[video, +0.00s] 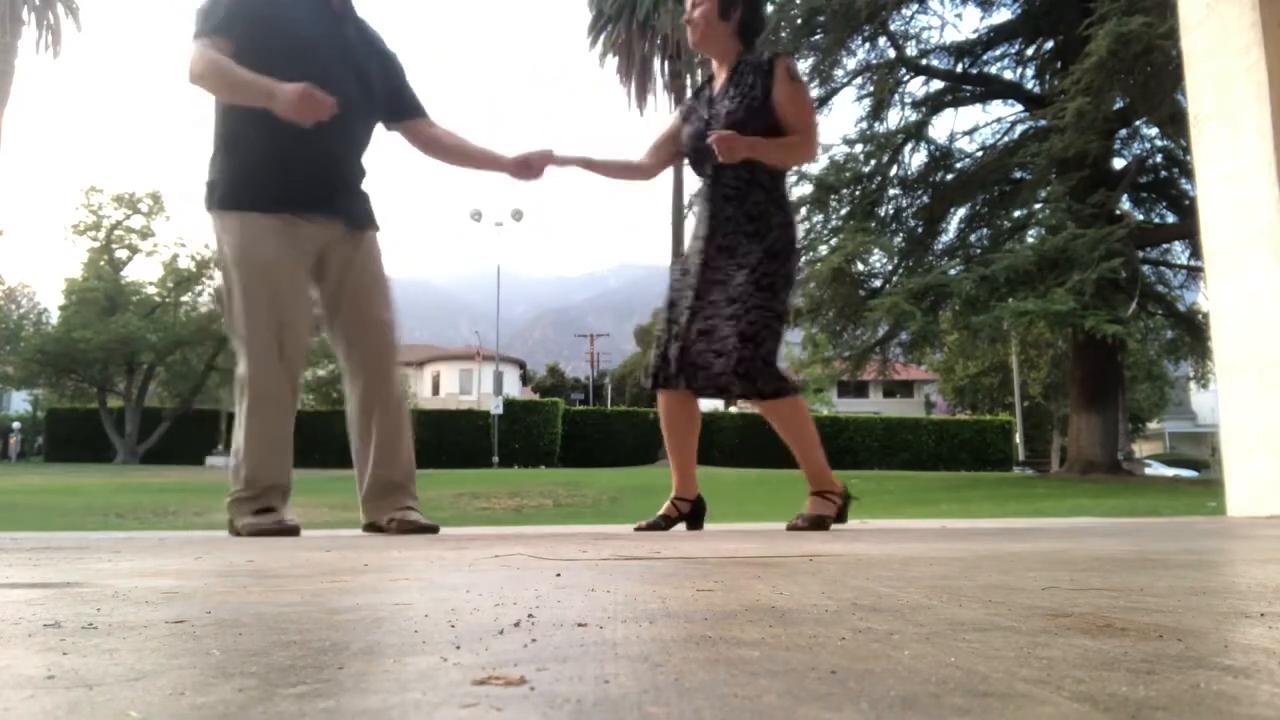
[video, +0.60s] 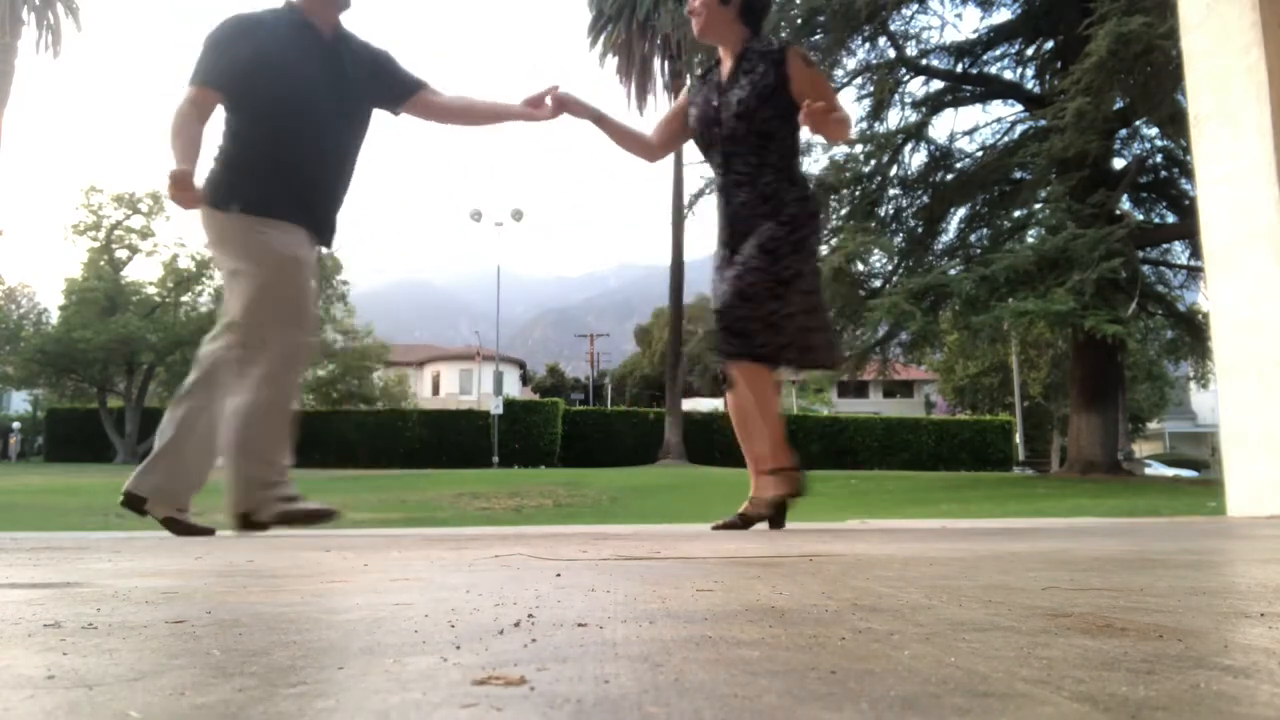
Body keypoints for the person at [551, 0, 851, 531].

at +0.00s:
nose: (686, 14)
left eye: (697, 5)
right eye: (687, 6)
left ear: (730, 14)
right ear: (703, 22)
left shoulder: (773, 70)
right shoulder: (701, 99)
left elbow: (805, 147)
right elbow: (647, 166)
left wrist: (749, 145)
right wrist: (570, 159)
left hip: (762, 237)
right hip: (711, 240)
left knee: (750, 363)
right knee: (674, 362)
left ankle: (827, 490)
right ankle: (684, 497)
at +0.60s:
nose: (690, 8)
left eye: (700, 1)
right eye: (691, 2)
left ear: (734, 6)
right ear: (708, 12)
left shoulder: (784, 61)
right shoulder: (702, 89)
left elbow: (842, 127)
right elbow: (652, 147)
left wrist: (826, 120)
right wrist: (588, 112)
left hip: (786, 217)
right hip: (736, 228)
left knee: (738, 321)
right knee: (735, 349)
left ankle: (779, 465)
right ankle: (763, 486)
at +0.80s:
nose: (653, 20)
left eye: (662, 9)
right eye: (655, 11)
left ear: (691, 12)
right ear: (677, 17)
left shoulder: (732, 67)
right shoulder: (682, 91)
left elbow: (776, 136)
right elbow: (649, 178)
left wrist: (743, 91)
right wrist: (578, 152)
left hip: (726, 238)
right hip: (696, 240)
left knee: (660, 343)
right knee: (726, 369)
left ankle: (654, 486)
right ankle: (762, 494)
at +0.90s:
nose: (616, 15)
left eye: (623, 8)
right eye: (615, 12)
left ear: (648, 3)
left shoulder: (670, 36)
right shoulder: (649, 66)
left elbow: (695, 84)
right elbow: (653, 176)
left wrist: (629, 33)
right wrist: (573, 166)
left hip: (687, 228)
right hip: (684, 229)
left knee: (622, 342)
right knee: (705, 363)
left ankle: (647, 490)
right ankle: (759, 487)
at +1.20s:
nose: (505, 9)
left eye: (513, 7)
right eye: (504, 6)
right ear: (637, 4)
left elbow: (447, 70)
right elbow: (658, 145)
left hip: (583, 193)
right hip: (648, 194)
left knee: (605, 346)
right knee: (590, 348)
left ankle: (645, 486)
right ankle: (563, 469)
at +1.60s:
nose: (605, 2)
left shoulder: (472, 32)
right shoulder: (571, 26)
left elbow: (465, 120)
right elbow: (613, 122)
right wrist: (654, 132)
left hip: (464, 184)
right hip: (535, 192)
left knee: (448, 334)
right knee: (569, 343)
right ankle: (522, 486)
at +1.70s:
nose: (564, 2)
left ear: (501, 1)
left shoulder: (479, 55)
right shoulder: (561, 37)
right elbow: (600, 127)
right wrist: (656, 135)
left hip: (470, 202)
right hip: (529, 209)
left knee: (447, 339)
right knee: (568, 362)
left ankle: (414, 466)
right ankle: (504, 492)